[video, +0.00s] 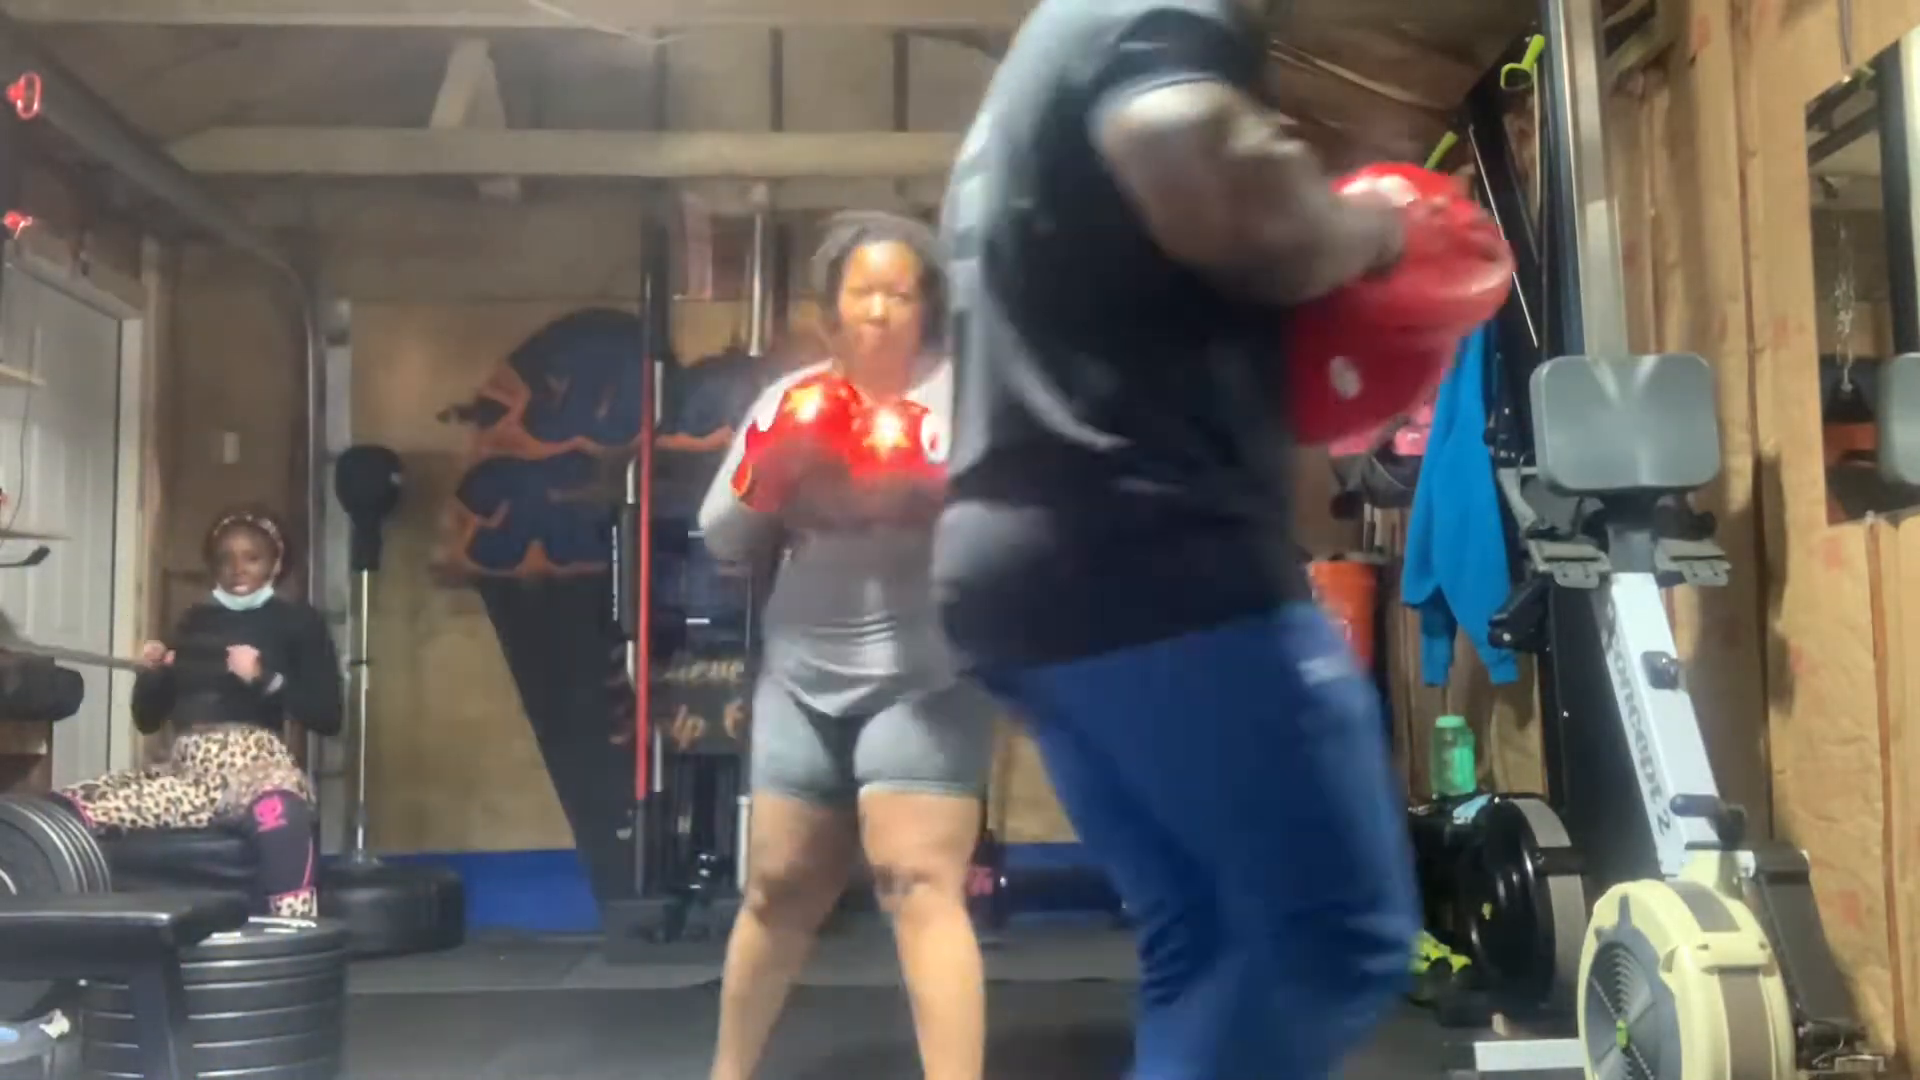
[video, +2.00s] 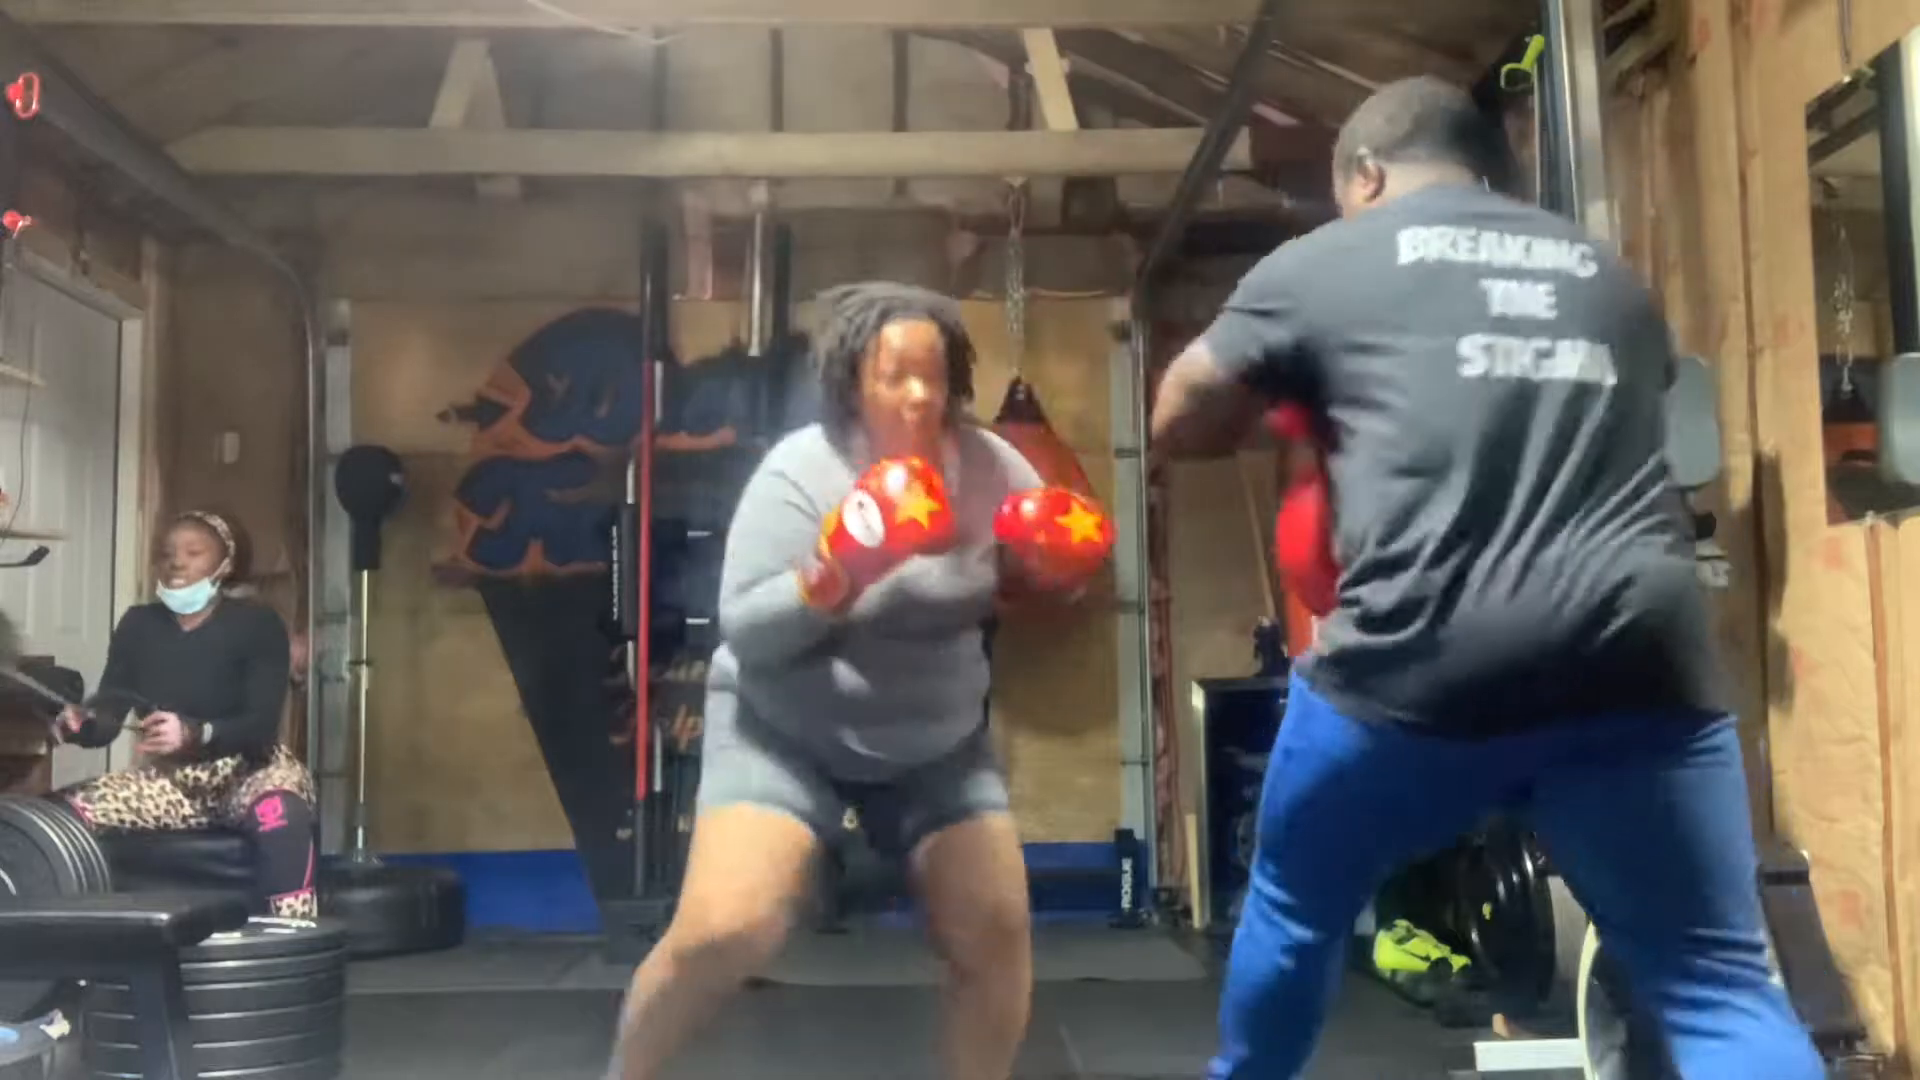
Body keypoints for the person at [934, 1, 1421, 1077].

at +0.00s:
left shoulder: (1051, 48)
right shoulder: (1155, 16)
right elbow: (1221, 205)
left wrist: (1320, 352)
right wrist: (1370, 223)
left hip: (1027, 555)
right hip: (1154, 553)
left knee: (1194, 942)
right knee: (1337, 936)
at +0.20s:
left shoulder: (1087, 111)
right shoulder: (1394, 18)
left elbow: (1055, 375)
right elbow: (1436, 131)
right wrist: (1524, 267)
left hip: (1138, 539)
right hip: (1356, 530)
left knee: (1250, 944)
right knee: (1512, 923)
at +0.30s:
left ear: (1264, 1)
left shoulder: (1139, 122)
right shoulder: (1504, 50)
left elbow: (1074, 369)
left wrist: (1248, 370)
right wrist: (1495, 289)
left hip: (1227, 564)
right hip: (1455, 555)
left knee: (1310, 939)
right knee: (1587, 931)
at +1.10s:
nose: (1251, 130)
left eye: (1248, 116)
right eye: (1246, 118)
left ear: (1286, 87)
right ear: (1392, 59)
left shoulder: (1260, 177)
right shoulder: (1568, 144)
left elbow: (1133, 386)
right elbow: (1629, 339)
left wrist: (1122, 274)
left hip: (1399, 574)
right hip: (1629, 558)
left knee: (1332, 931)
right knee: (1695, 901)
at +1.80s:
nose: (1345, 142)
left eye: (1346, 128)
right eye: (1349, 130)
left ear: (1377, 109)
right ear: (1494, 96)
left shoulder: (1324, 193)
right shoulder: (1646, 194)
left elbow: (1137, 329)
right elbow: (1695, 399)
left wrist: (1174, 277)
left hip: (1444, 585)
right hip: (1674, 579)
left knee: (1310, 867)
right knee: (1749, 927)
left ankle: (1326, 1071)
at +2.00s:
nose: (1341, 207)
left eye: (1341, 190)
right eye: (1341, 193)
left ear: (1366, 178)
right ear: (1489, 171)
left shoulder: (1317, 267)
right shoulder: (1611, 272)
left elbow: (1178, 423)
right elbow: (1641, 399)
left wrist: (1287, 408)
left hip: (1413, 668)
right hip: (1638, 661)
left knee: (1292, 906)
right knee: (1716, 973)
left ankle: (1246, 1069)